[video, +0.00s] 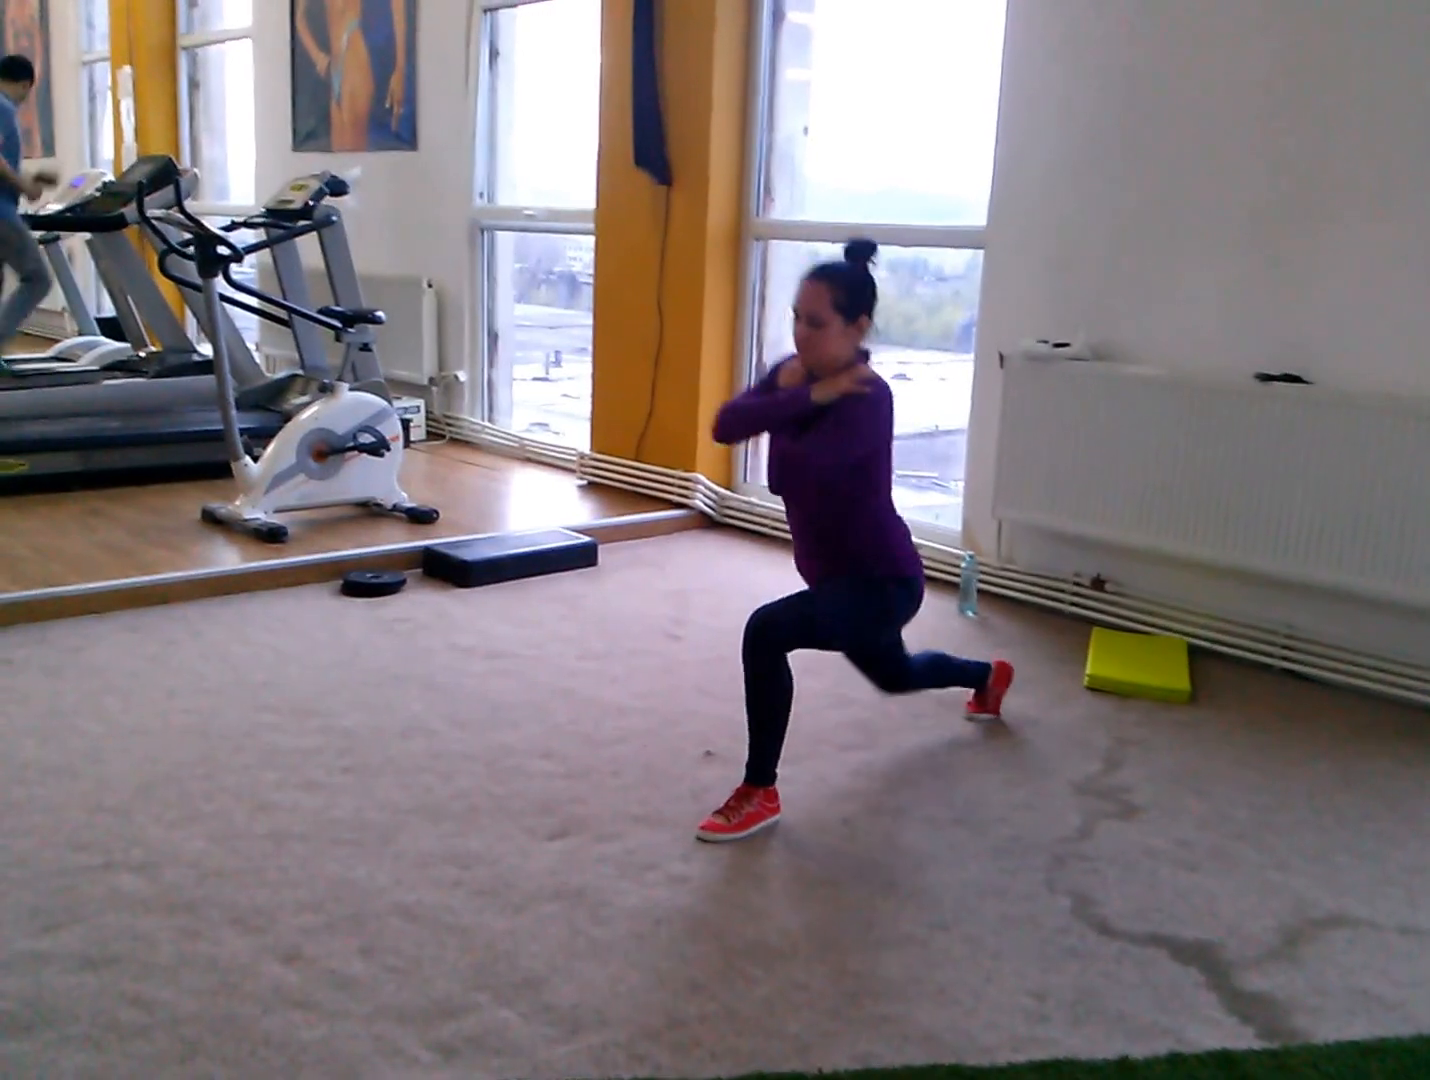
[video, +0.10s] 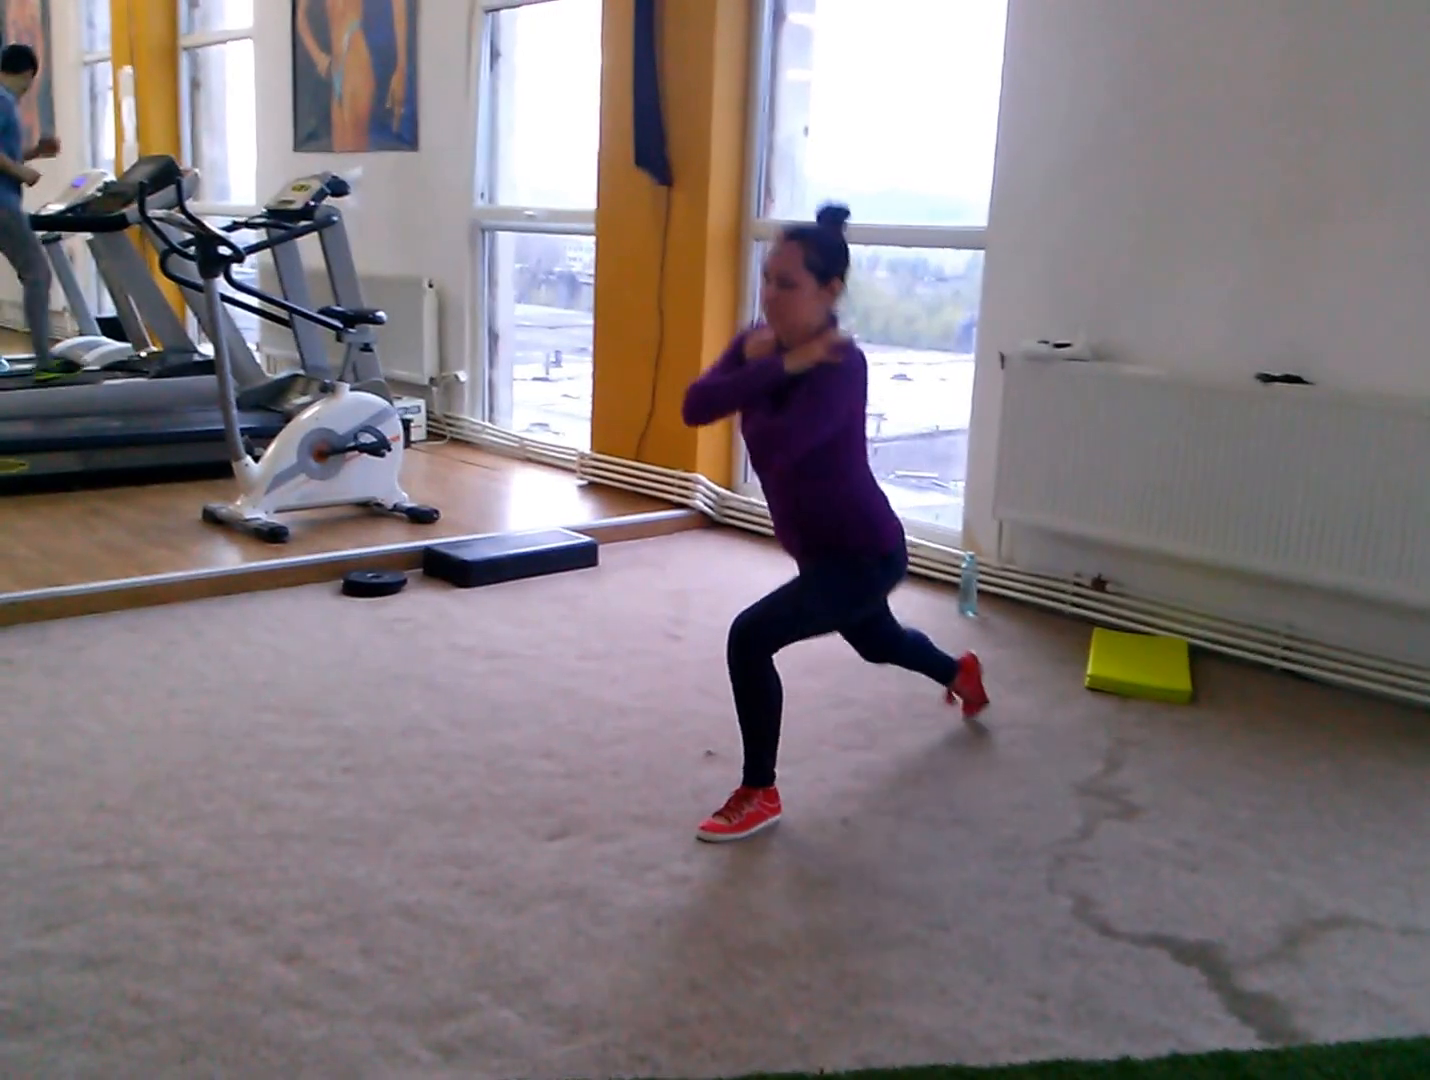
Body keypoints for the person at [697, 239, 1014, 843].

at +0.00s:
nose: (801, 334)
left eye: (817, 324)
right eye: (798, 320)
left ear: (858, 329)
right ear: (794, 320)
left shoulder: (868, 399)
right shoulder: (789, 374)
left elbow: (808, 469)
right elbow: (724, 426)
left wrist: (778, 410)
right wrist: (810, 393)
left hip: (885, 585)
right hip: (833, 583)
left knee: (766, 632)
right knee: (894, 674)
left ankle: (759, 789)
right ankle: (989, 676)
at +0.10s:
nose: (771, 295)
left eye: (788, 283)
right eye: (767, 280)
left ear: (831, 293)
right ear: (761, 281)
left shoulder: (841, 367)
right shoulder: (754, 345)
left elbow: (778, 450)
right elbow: (695, 407)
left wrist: (752, 375)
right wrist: (783, 363)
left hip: (865, 561)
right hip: (819, 556)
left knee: (750, 636)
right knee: (880, 641)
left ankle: (759, 791)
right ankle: (961, 675)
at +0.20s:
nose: (746, 252)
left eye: (763, 239)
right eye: (743, 237)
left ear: (807, 254)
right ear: (738, 241)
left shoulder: (818, 331)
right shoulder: (726, 314)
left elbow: (765, 430)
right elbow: (672, 390)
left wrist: (720, 347)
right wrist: (753, 338)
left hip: (849, 530)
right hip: (796, 530)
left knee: (740, 640)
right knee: (837, 645)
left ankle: (760, 791)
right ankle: (923, 663)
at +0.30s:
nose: (729, 215)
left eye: (746, 204)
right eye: (728, 200)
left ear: (793, 220)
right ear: (724, 208)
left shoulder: (804, 304)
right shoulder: (713, 284)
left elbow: (747, 405)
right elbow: (654, 363)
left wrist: (709, 311)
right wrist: (735, 302)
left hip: (830, 506)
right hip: (771, 507)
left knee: (738, 640)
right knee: (780, 655)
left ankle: (759, 791)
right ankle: (875, 672)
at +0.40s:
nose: (718, 182)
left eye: (736, 171)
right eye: (717, 168)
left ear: (783, 186)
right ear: (716, 175)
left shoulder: (795, 274)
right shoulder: (703, 257)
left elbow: (728, 369)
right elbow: (643, 329)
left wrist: (705, 276)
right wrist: (735, 273)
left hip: (812, 492)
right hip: (747, 488)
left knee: (729, 639)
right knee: (708, 633)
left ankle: (760, 790)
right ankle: (806, 701)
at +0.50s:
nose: (706, 163)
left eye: (723, 150)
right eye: (704, 149)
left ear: (771, 160)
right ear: (707, 156)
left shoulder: (783, 247)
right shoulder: (699, 236)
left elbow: (709, 333)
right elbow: (631, 302)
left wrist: (690, 252)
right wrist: (706, 245)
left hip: (790, 484)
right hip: (723, 477)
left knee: (721, 645)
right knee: (654, 615)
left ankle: (761, 789)